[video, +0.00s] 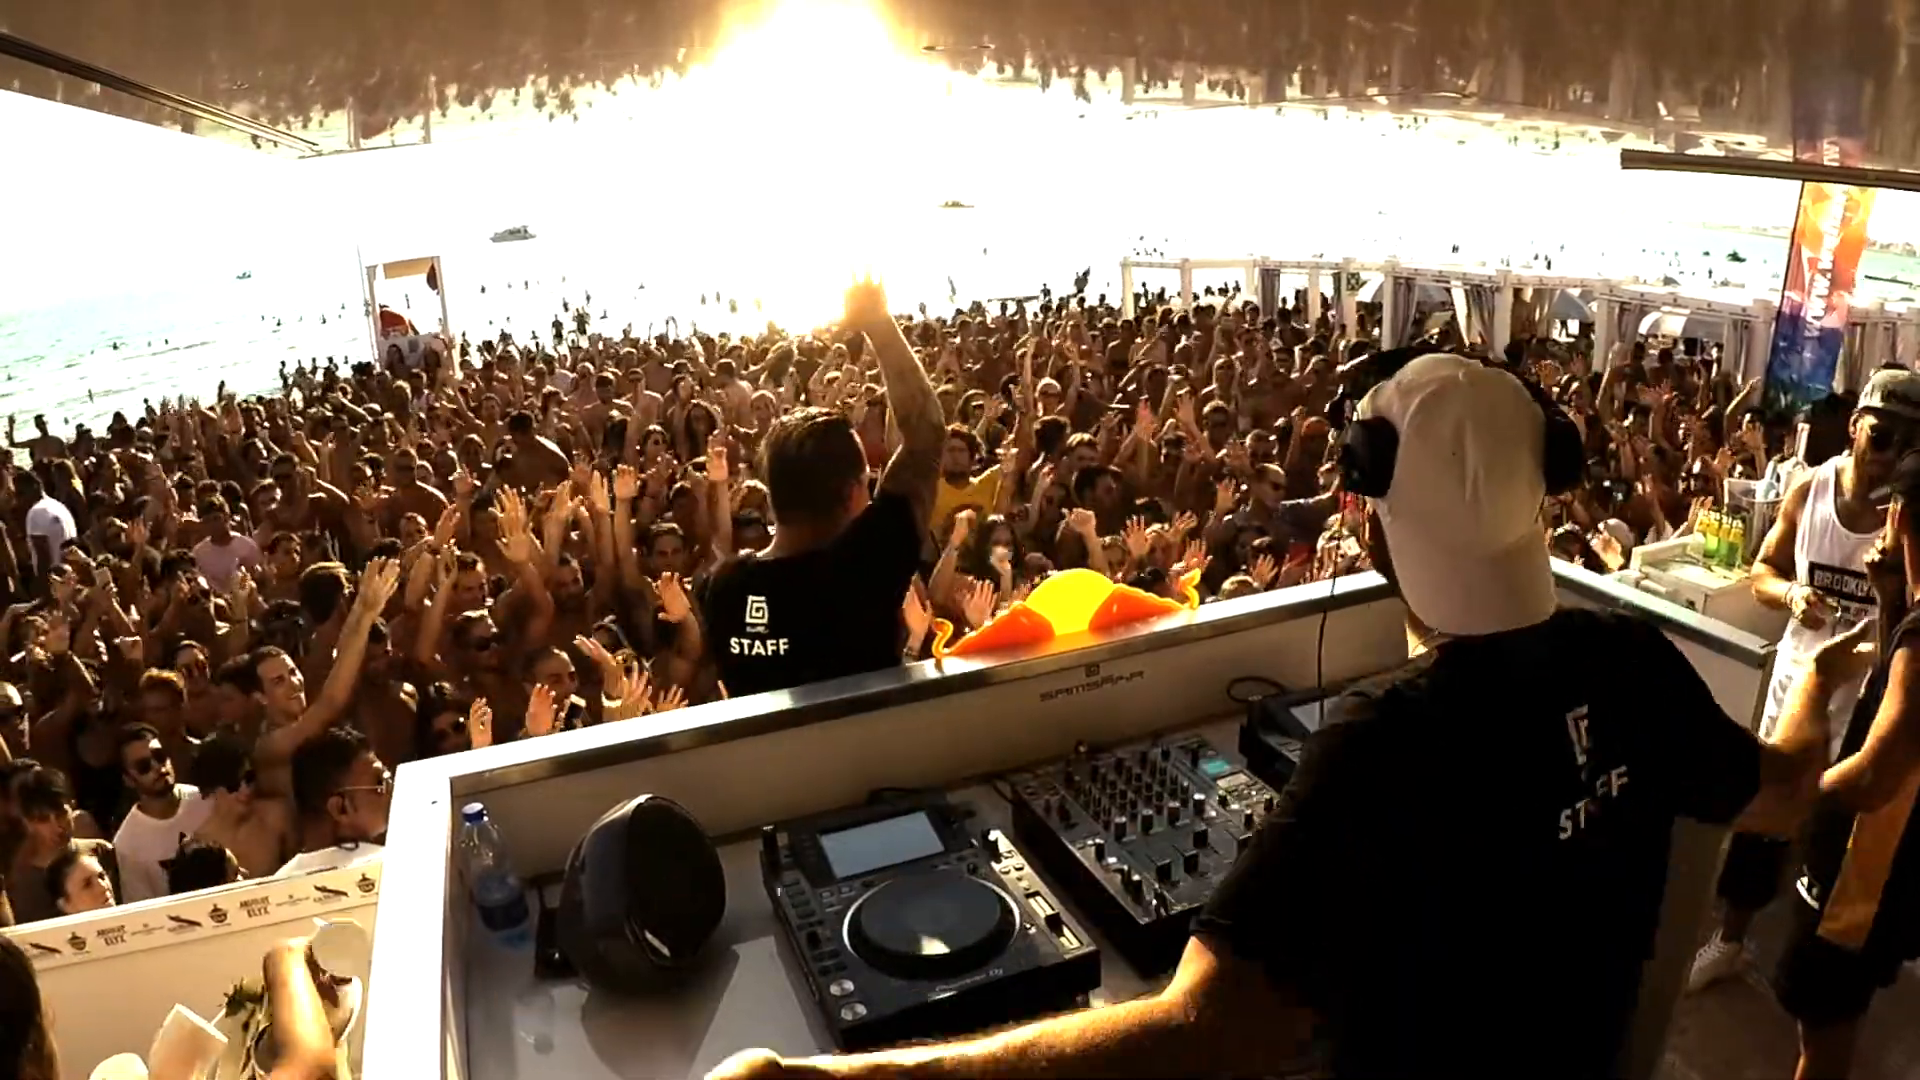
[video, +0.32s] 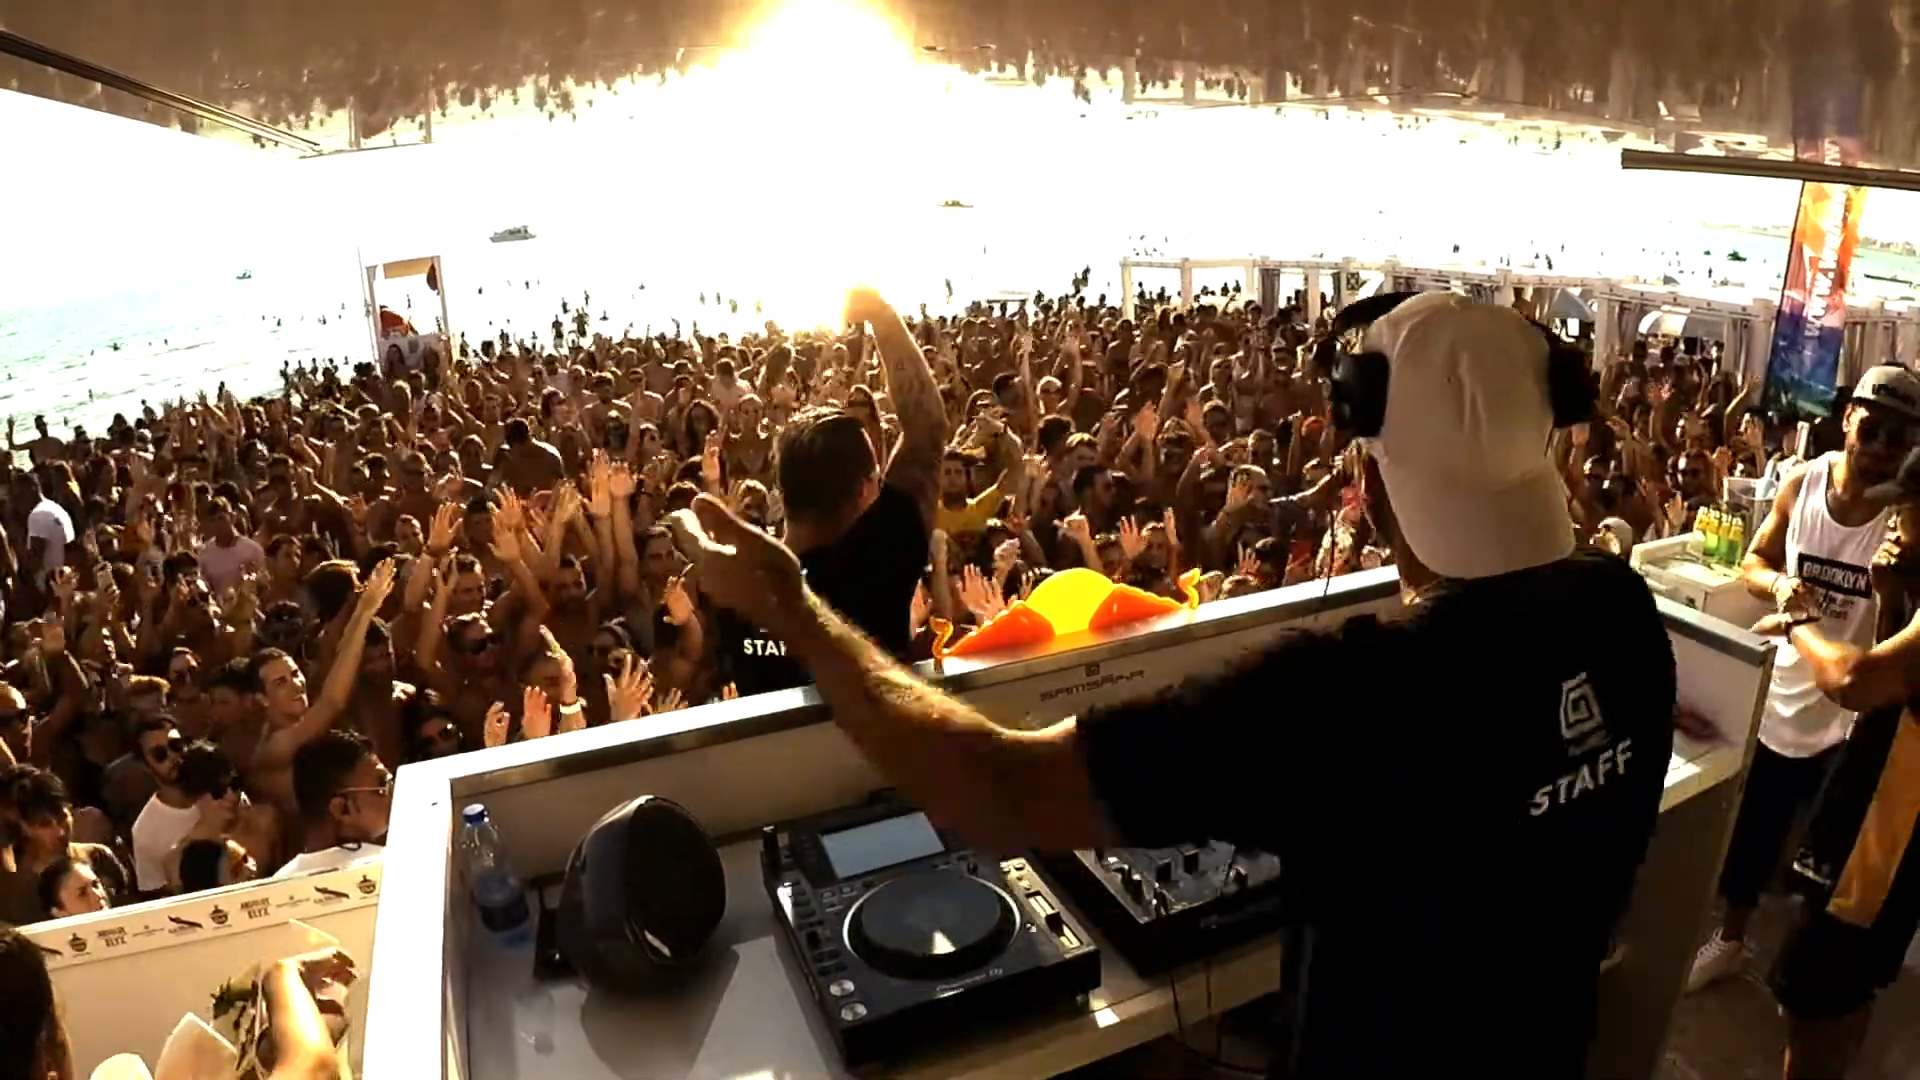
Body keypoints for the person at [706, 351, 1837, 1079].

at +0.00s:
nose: (1345, 509)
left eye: (1359, 480)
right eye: (1356, 476)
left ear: (1390, 514)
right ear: (1534, 499)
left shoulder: (1377, 753)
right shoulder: (1625, 658)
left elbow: (1205, 1023)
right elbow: (1780, 804)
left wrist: (862, 1068)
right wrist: (1830, 682)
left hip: (1397, 1076)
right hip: (1585, 1057)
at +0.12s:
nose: (1349, 468)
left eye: (1360, 433)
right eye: (1356, 429)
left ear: (1402, 461)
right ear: (1534, 449)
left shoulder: (1384, 686)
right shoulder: (1625, 615)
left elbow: (1121, 970)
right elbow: (1728, 748)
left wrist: (740, 944)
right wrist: (1773, 637)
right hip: (1566, 1070)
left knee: (920, 1026)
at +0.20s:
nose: (1363, 480)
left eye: (1370, 449)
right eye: (1368, 448)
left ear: (1394, 486)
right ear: (1564, 467)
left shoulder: (1369, 725)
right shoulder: (1634, 630)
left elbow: (994, 800)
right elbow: (1587, 537)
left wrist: (770, 619)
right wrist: (1548, 425)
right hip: (1562, 1065)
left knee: (1081, 1053)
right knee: (1174, 1015)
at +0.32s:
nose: (1350, 472)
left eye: (1357, 439)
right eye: (1355, 436)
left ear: (1390, 468)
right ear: (1548, 448)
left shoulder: (1355, 696)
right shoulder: (1619, 608)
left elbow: (997, 794)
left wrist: (792, 607)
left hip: (1373, 1065)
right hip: (1551, 1049)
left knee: (1096, 1043)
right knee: (1184, 1008)